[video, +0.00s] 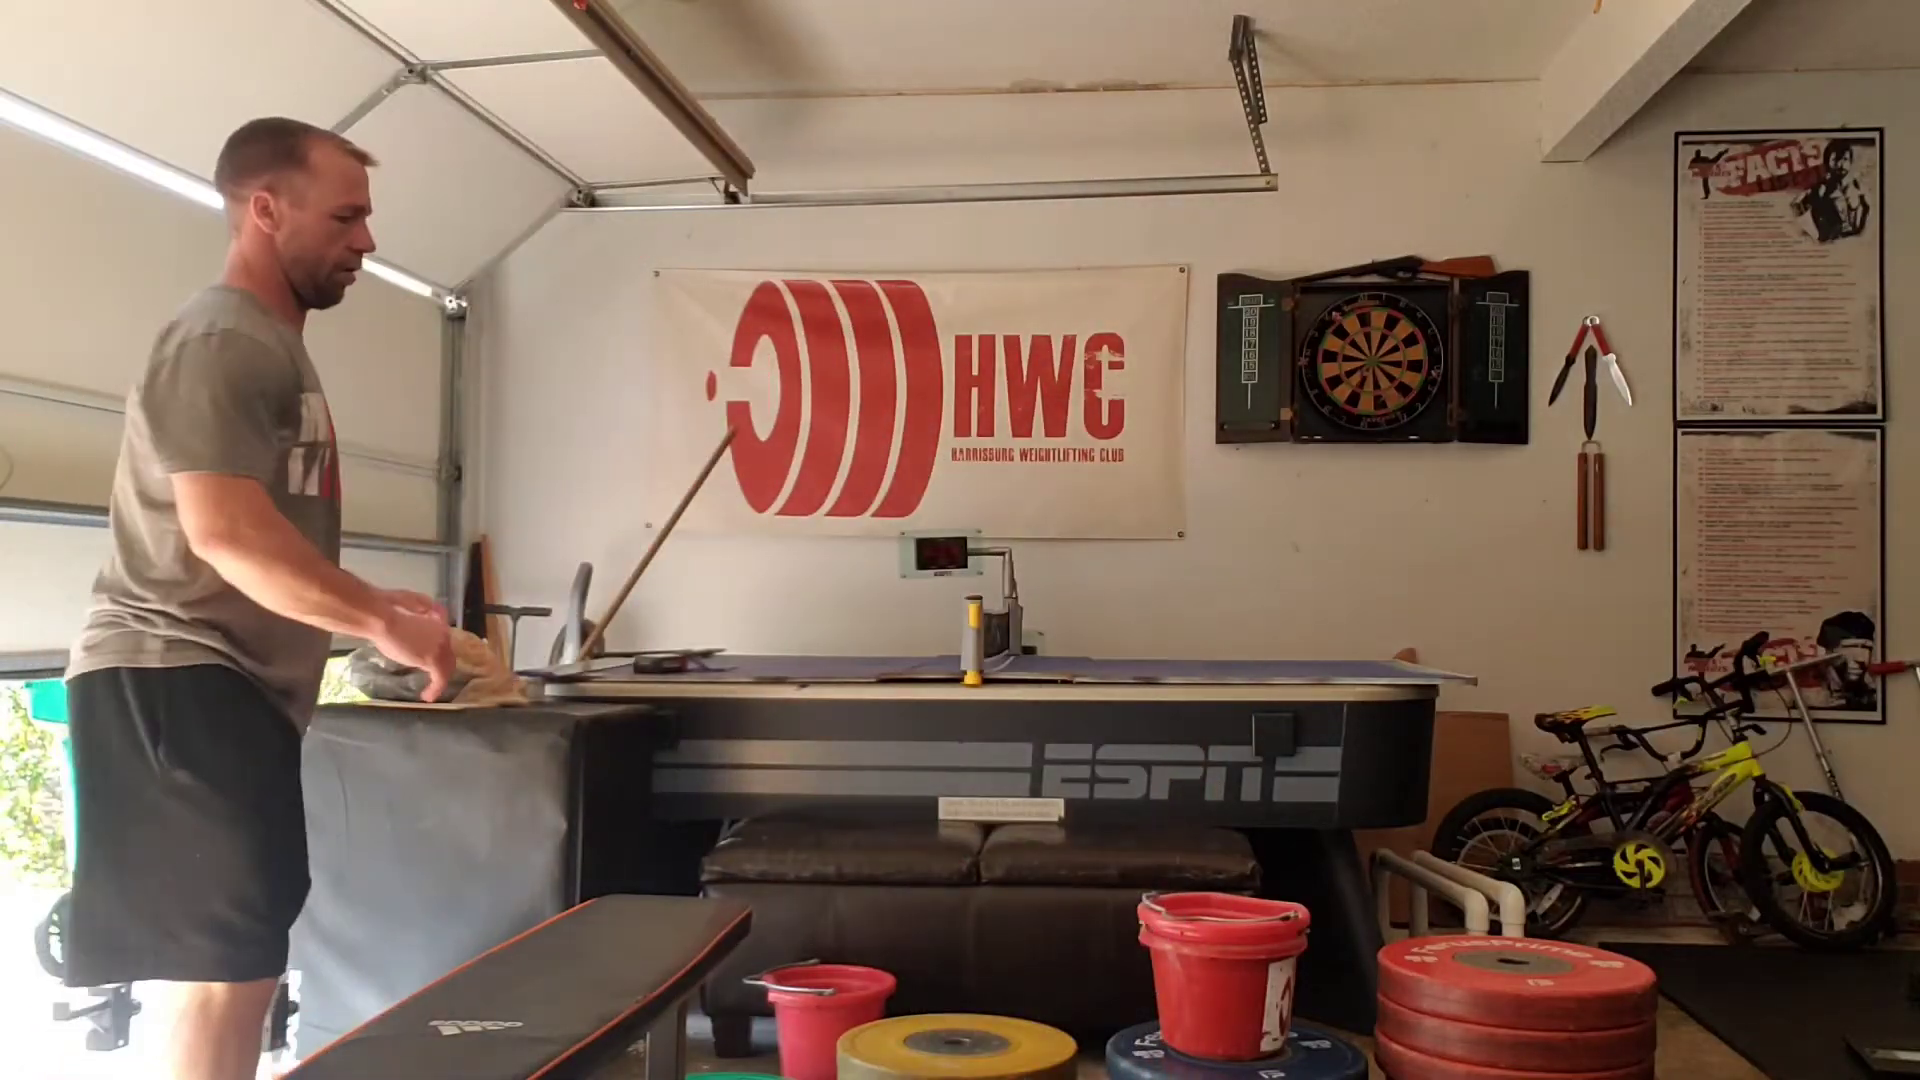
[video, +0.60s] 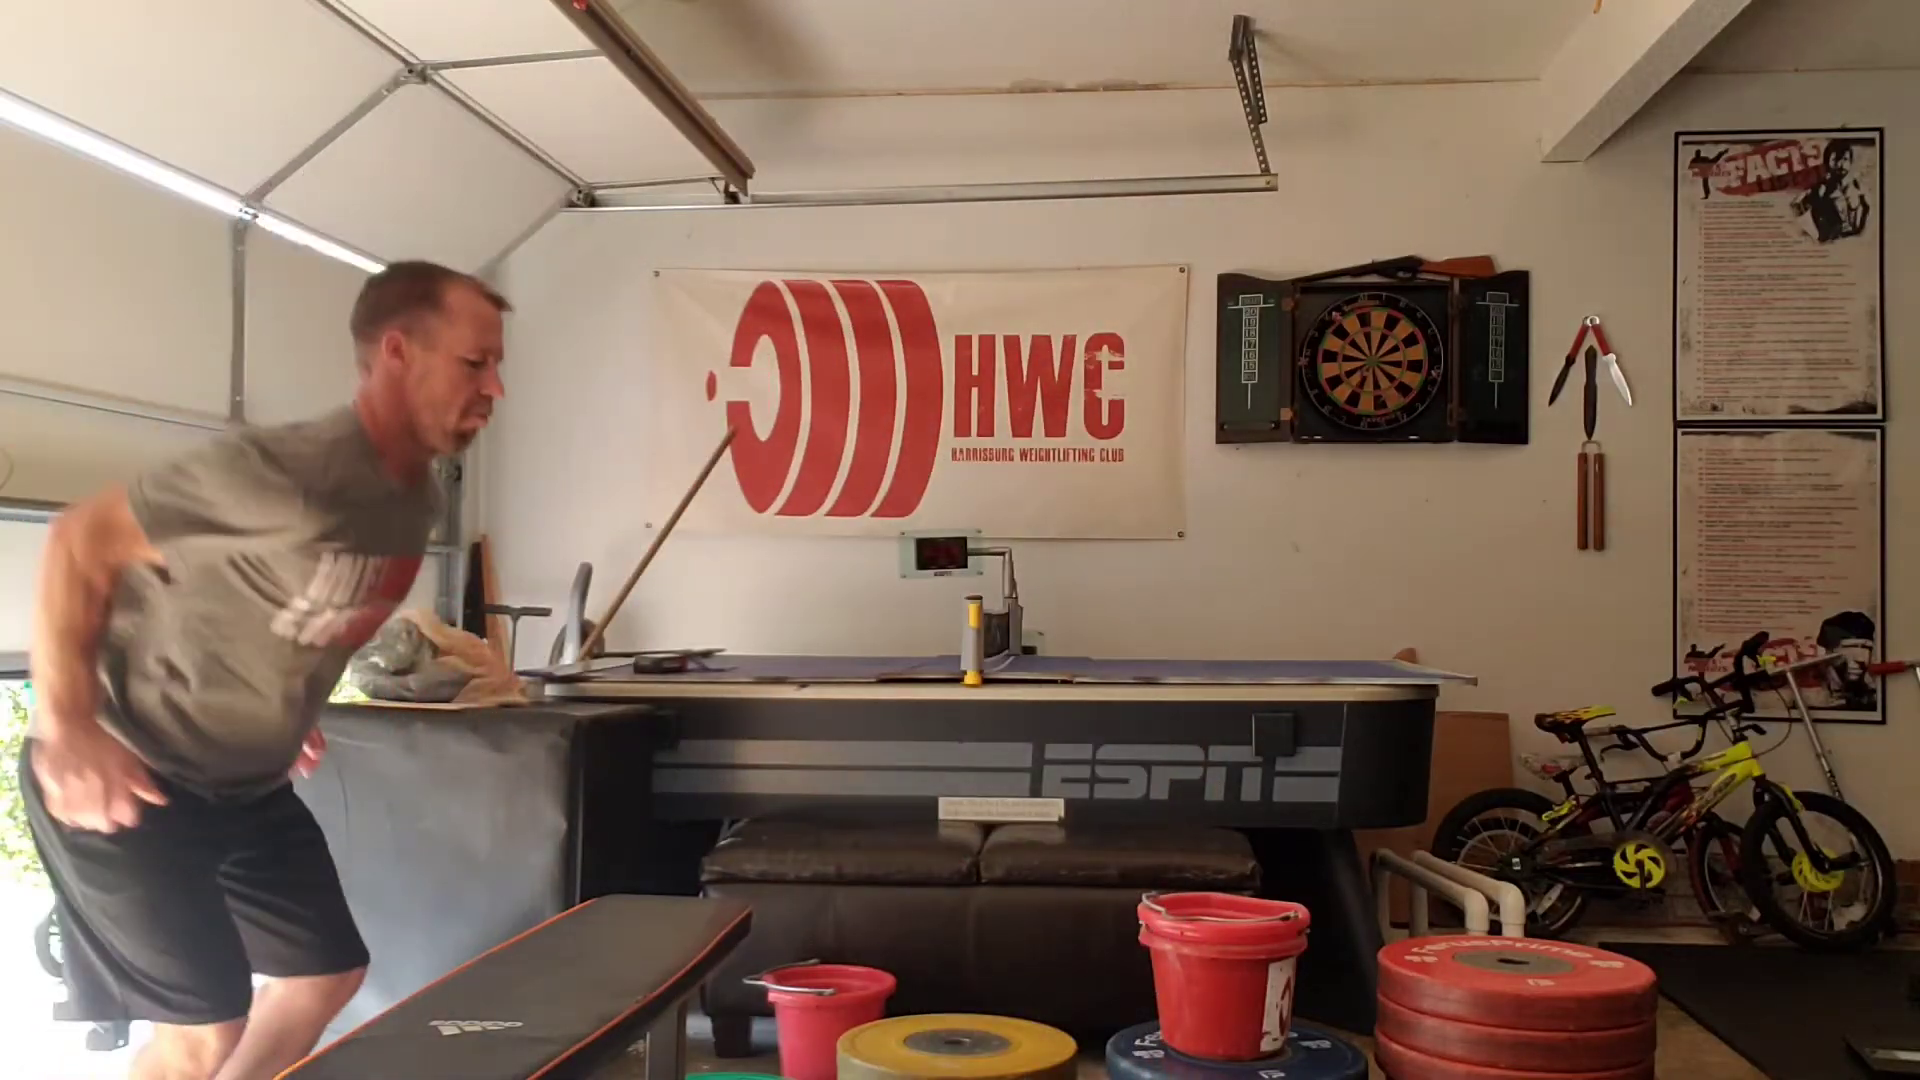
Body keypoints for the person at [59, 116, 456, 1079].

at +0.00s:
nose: (366, 240)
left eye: (366, 217)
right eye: (347, 215)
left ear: (276, 214)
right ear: (265, 209)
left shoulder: (271, 349)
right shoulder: (225, 337)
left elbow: (267, 544)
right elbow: (222, 528)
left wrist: (393, 618)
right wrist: (381, 618)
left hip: (226, 678)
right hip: (179, 673)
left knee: (237, 972)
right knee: (227, 975)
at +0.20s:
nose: (364, 242)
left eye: (366, 221)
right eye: (346, 216)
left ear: (272, 214)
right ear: (262, 208)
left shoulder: (313, 372)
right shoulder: (186, 331)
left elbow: (350, 531)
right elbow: (113, 502)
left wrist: (452, 624)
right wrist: (249, 636)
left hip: (223, 697)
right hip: (134, 680)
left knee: (201, 964)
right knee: (197, 966)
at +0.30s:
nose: (382, 248)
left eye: (385, 227)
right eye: (363, 221)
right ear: (278, 213)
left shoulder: (331, 373)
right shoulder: (200, 339)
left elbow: (357, 527)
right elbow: (61, 481)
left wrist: (431, 636)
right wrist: (122, 654)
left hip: (234, 719)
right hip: (140, 705)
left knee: (187, 990)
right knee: (166, 993)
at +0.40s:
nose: (417, 270)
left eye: (420, 247)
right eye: (399, 242)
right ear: (316, 230)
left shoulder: (358, 384)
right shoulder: (230, 347)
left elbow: (340, 513)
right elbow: (33, 445)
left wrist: (360, 643)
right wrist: (7, 633)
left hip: (240, 722)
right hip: (124, 698)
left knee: (231, 967)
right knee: (144, 986)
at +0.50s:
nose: (464, 318)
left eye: (467, 294)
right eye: (445, 288)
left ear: (376, 279)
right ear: (364, 274)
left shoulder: (393, 429)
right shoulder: (253, 387)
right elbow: (45, 434)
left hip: (243, 732)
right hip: (112, 708)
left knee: (281, 952)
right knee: (157, 1002)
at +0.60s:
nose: (495, 390)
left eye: (496, 367)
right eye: (476, 363)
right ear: (395, 353)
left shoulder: (413, 501)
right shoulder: (283, 476)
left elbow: (245, 585)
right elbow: (82, 538)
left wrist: (280, 709)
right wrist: (67, 726)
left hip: (245, 775)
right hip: (122, 766)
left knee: (324, 969)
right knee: (202, 1027)